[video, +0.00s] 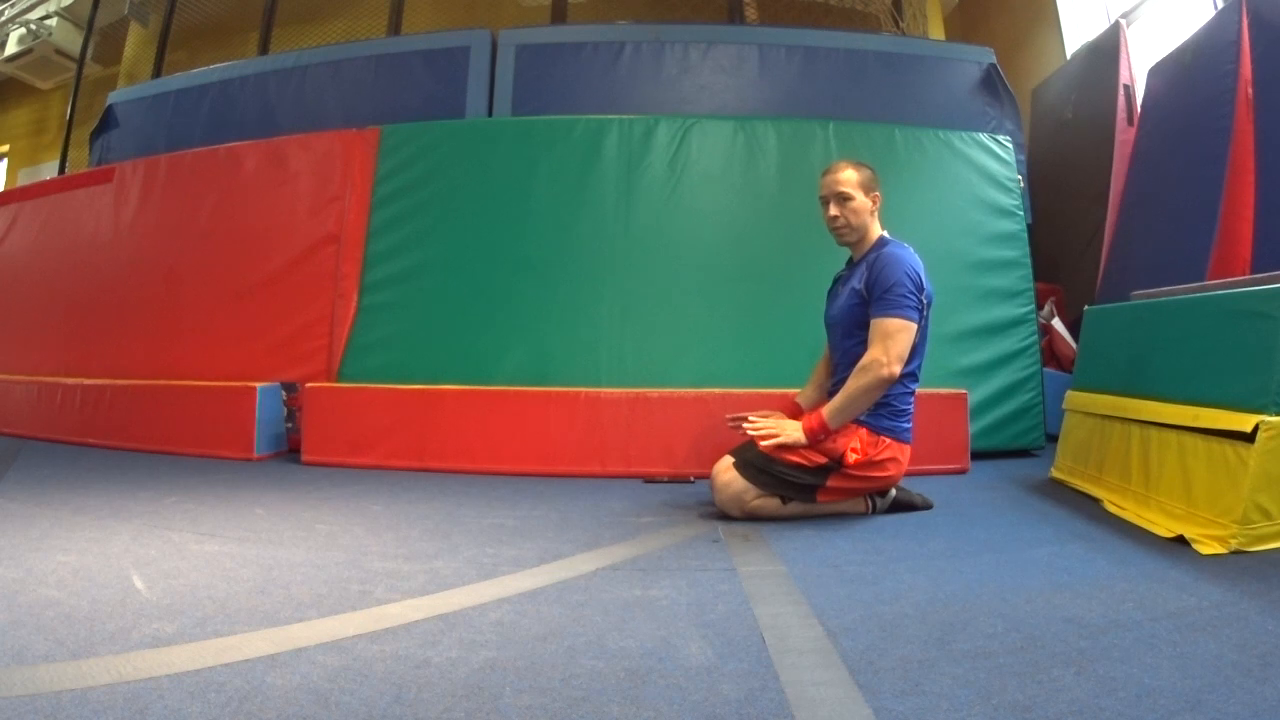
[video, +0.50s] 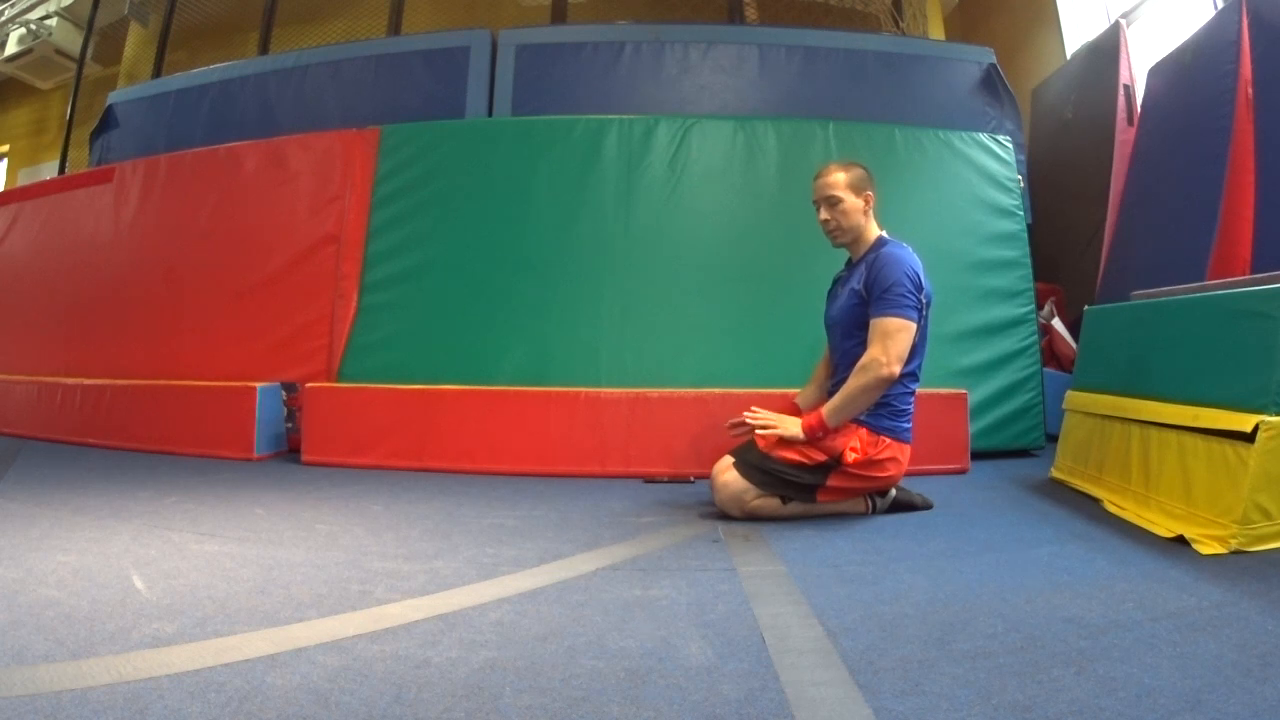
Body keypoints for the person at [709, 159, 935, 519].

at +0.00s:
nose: (832, 213)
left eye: (843, 199)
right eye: (825, 203)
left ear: (874, 201)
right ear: (821, 209)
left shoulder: (895, 263)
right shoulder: (849, 276)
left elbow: (884, 365)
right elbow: (835, 360)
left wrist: (810, 428)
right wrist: (790, 416)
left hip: (872, 443)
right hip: (846, 434)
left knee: (734, 494)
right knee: (726, 474)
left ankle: (869, 502)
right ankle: (862, 492)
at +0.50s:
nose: (823, 216)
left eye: (833, 203)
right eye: (818, 207)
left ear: (867, 202)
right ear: (815, 212)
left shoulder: (894, 263)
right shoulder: (848, 276)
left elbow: (883, 366)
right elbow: (833, 365)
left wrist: (809, 426)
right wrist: (787, 418)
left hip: (872, 444)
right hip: (846, 434)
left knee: (734, 494)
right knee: (725, 474)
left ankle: (868, 502)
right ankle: (860, 491)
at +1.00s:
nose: (765, 235)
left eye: (772, 220)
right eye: (763, 224)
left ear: (807, 212)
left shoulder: (854, 270)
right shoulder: (814, 284)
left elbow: (853, 376)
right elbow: (804, 372)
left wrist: (780, 446)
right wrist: (755, 426)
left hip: (872, 444)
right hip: (843, 434)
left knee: (733, 492)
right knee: (726, 479)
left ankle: (870, 502)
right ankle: (862, 494)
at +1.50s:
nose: (617, 306)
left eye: (618, 291)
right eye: (612, 296)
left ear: (649, 272)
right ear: (650, 273)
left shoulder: (698, 301)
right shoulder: (692, 292)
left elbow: (655, 405)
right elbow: (652, 398)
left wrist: (599, 494)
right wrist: (604, 469)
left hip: (838, 402)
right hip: (820, 395)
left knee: (729, 500)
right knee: (724, 484)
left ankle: (865, 495)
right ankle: (853, 482)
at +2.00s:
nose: (530, 322)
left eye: (526, 309)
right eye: (523, 313)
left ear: (554, 286)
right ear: (557, 283)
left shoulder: (610, 299)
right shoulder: (606, 289)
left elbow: (594, 410)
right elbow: (605, 401)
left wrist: (582, 516)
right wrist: (588, 473)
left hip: (779, 357)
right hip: (775, 352)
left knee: (726, 500)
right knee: (737, 482)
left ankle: (862, 483)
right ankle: (855, 469)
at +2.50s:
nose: (498, 334)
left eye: (491, 323)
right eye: (488, 327)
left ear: (511, 292)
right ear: (513, 288)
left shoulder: (572, 294)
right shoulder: (564, 293)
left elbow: (577, 409)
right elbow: (592, 407)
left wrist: (577, 518)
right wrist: (586, 476)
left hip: (749, 344)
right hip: (710, 368)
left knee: (812, 478)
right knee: (718, 488)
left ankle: (934, 435)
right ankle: (848, 467)